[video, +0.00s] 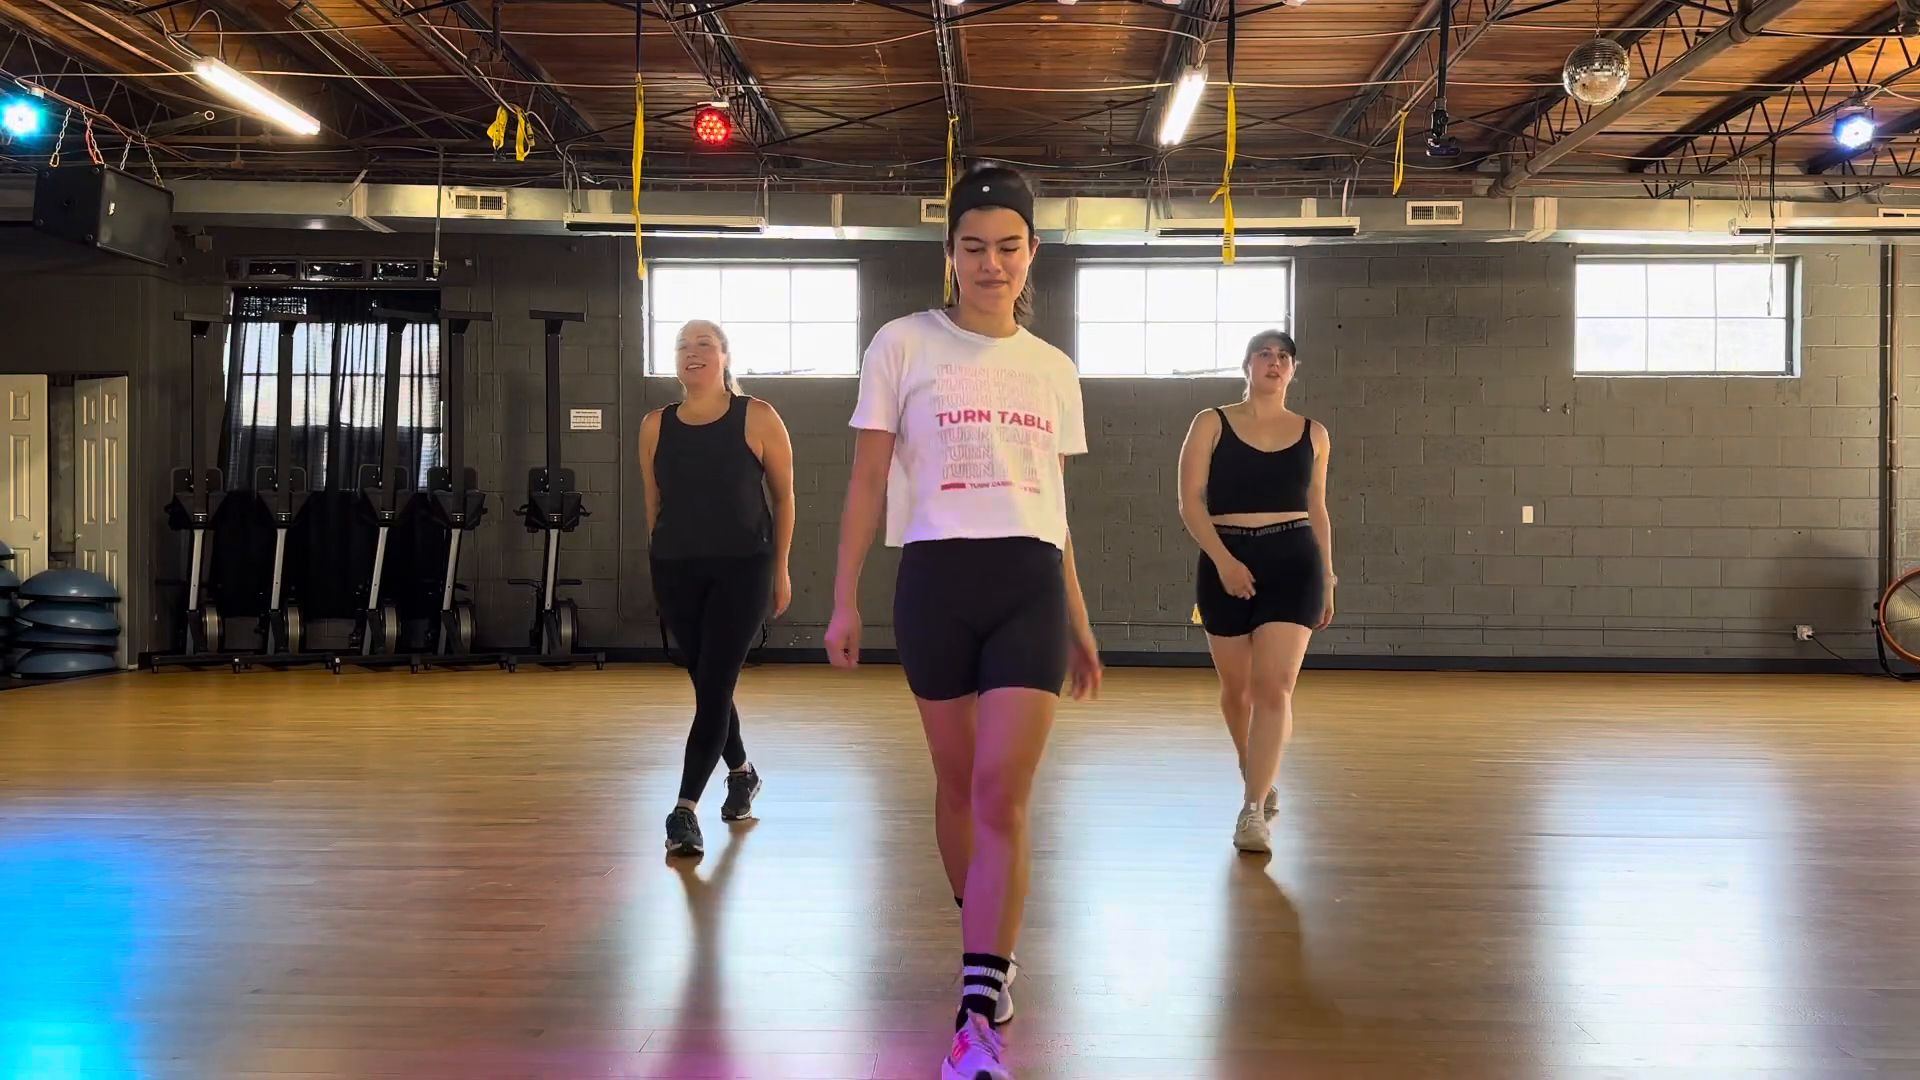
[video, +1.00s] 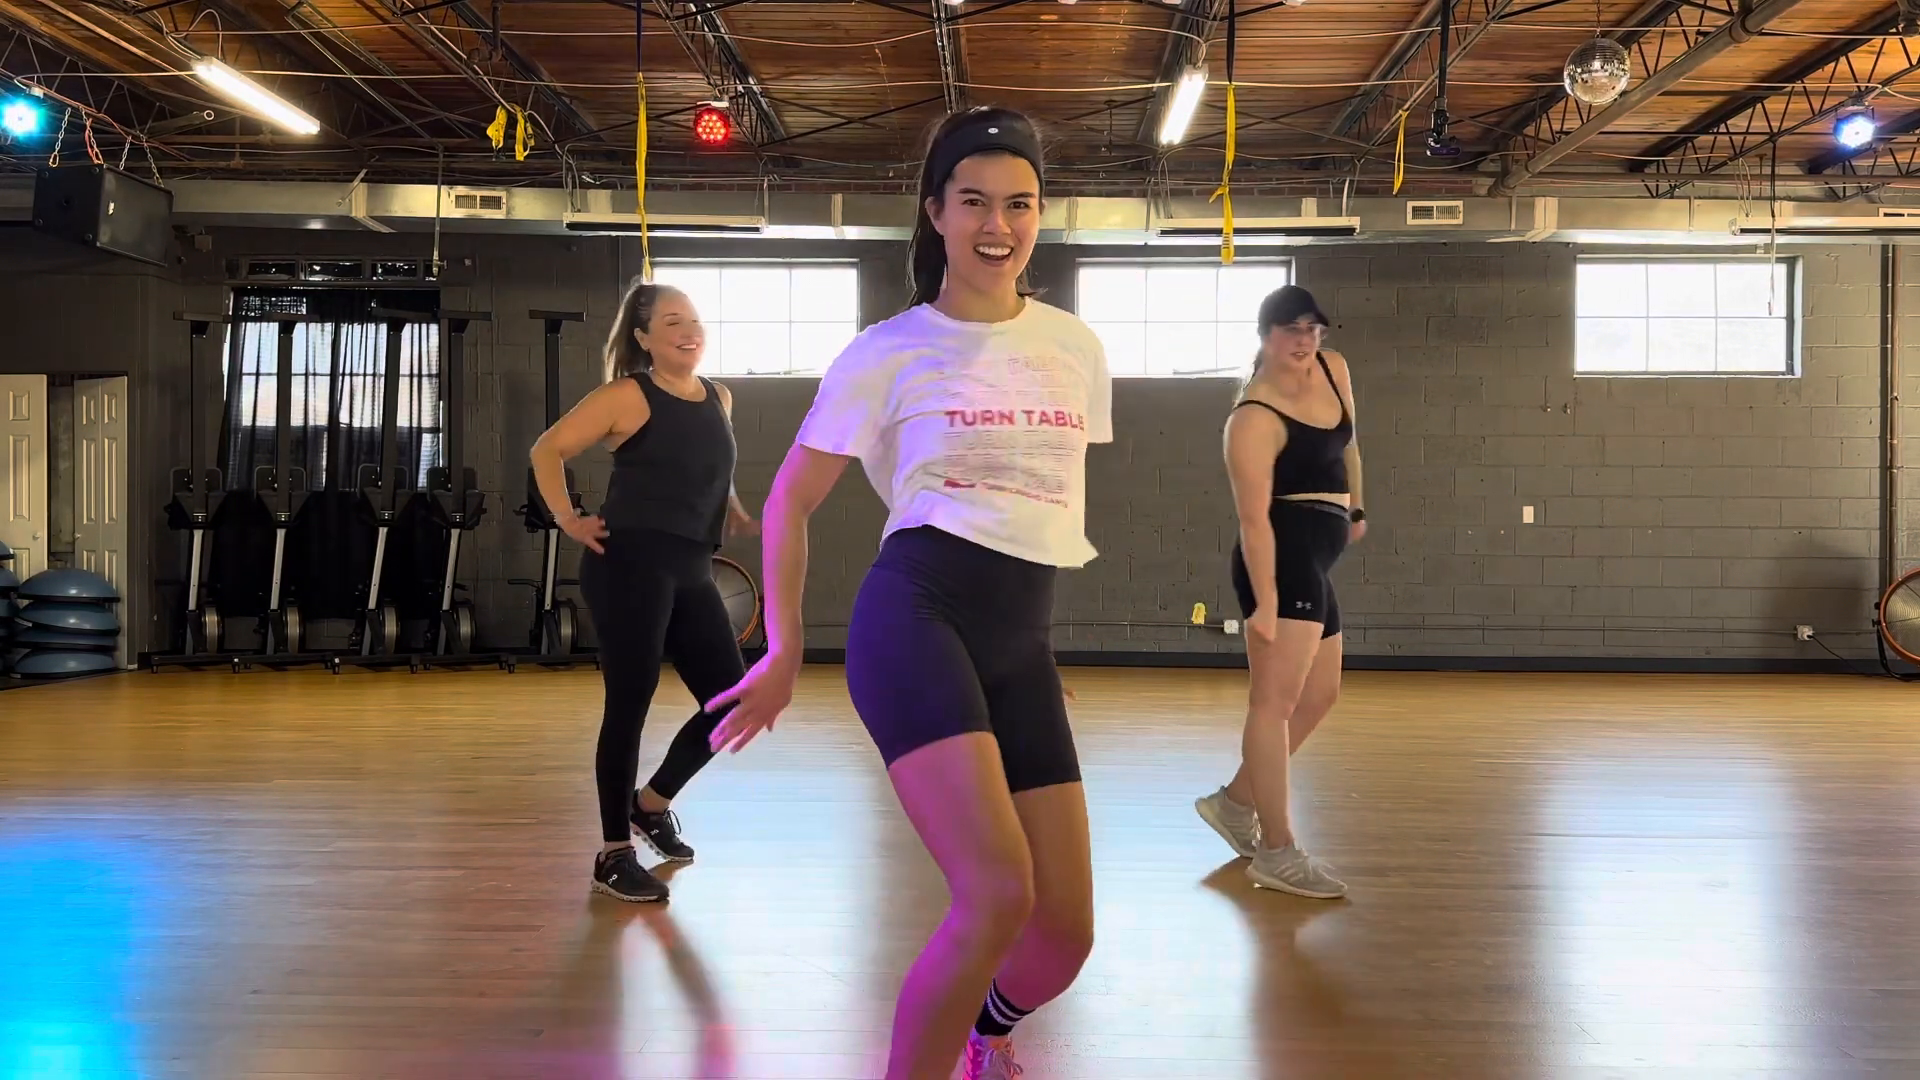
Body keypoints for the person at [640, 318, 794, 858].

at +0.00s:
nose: (693, 354)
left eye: (704, 346)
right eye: (685, 347)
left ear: (726, 359)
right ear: (675, 362)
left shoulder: (759, 417)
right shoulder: (656, 426)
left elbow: (784, 496)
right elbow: (654, 503)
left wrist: (781, 567)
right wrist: (660, 564)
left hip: (743, 568)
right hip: (675, 569)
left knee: (715, 681)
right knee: (707, 680)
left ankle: (685, 807)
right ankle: (741, 770)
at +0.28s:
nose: (686, 336)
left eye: (698, 328)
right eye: (678, 328)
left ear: (719, 341)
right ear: (667, 342)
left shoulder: (749, 407)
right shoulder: (643, 405)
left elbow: (772, 490)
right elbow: (622, 484)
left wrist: (799, 559)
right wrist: (586, 552)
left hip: (727, 566)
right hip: (657, 564)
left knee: (705, 692)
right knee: (643, 688)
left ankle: (683, 812)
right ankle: (698, 706)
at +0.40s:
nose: (683, 338)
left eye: (694, 330)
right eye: (675, 329)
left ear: (718, 342)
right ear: (664, 340)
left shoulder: (745, 409)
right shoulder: (639, 398)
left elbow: (784, 488)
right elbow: (603, 467)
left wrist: (861, 478)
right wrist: (520, 469)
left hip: (726, 562)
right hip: (652, 559)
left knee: (706, 690)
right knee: (633, 677)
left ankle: (682, 811)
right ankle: (679, 662)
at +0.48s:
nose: (680, 336)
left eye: (693, 327)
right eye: (672, 327)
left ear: (716, 340)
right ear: (660, 339)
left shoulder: (741, 405)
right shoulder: (634, 395)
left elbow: (797, 468)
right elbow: (585, 444)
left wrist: (832, 405)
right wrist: (532, 386)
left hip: (723, 557)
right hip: (648, 554)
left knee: (705, 690)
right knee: (637, 670)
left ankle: (682, 811)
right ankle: (663, 686)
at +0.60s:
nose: (677, 334)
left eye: (689, 326)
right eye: (667, 325)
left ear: (712, 336)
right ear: (656, 335)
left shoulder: (741, 400)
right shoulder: (630, 391)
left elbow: (806, 449)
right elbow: (567, 417)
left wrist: (820, 387)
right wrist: (568, 362)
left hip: (720, 557)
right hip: (644, 553)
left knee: (700, 691)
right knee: (641, 661)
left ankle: (685, 810)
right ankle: (642, 757)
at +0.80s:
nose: (678, 331)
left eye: (687, 320)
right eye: (662, 323)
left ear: (703, 332)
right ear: (645, 340)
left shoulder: (736, 400)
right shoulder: (619, 397)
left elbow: (789, 467)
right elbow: (533, 418)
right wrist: (575, 445)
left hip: (708, 566)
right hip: (635, 564)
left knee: (705, 717)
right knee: (630, 701)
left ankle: (681, 804)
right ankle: (611, 846)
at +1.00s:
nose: (690, 331)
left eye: (693, 320)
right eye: (674, 323)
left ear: (702, 330)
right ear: (644, 338)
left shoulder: (717, 400)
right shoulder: (625, 397)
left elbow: (709, 482)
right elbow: (546, 451)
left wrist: (747, 526)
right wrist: (570, 519)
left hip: (690, 568)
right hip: (628, 564)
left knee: (730, 701)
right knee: (628, 705)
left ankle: (653, 801)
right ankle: (613, 850)